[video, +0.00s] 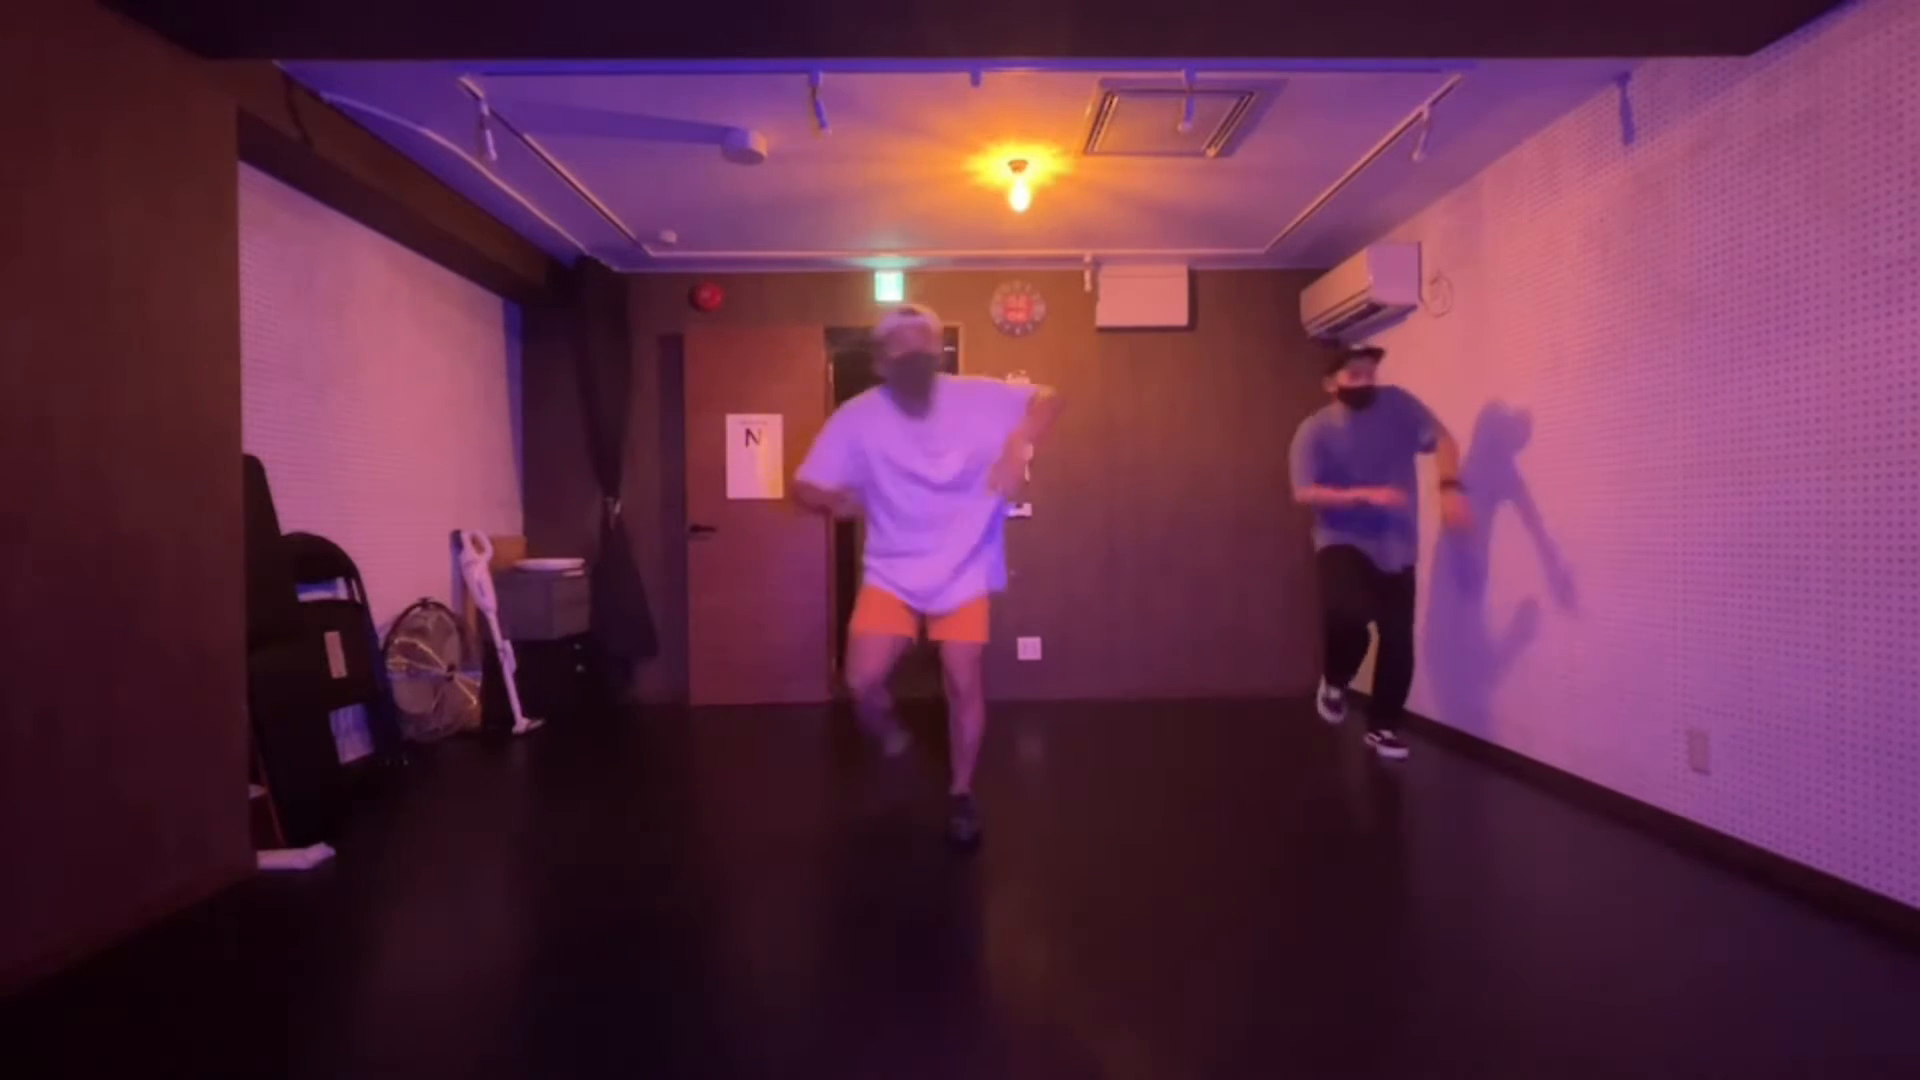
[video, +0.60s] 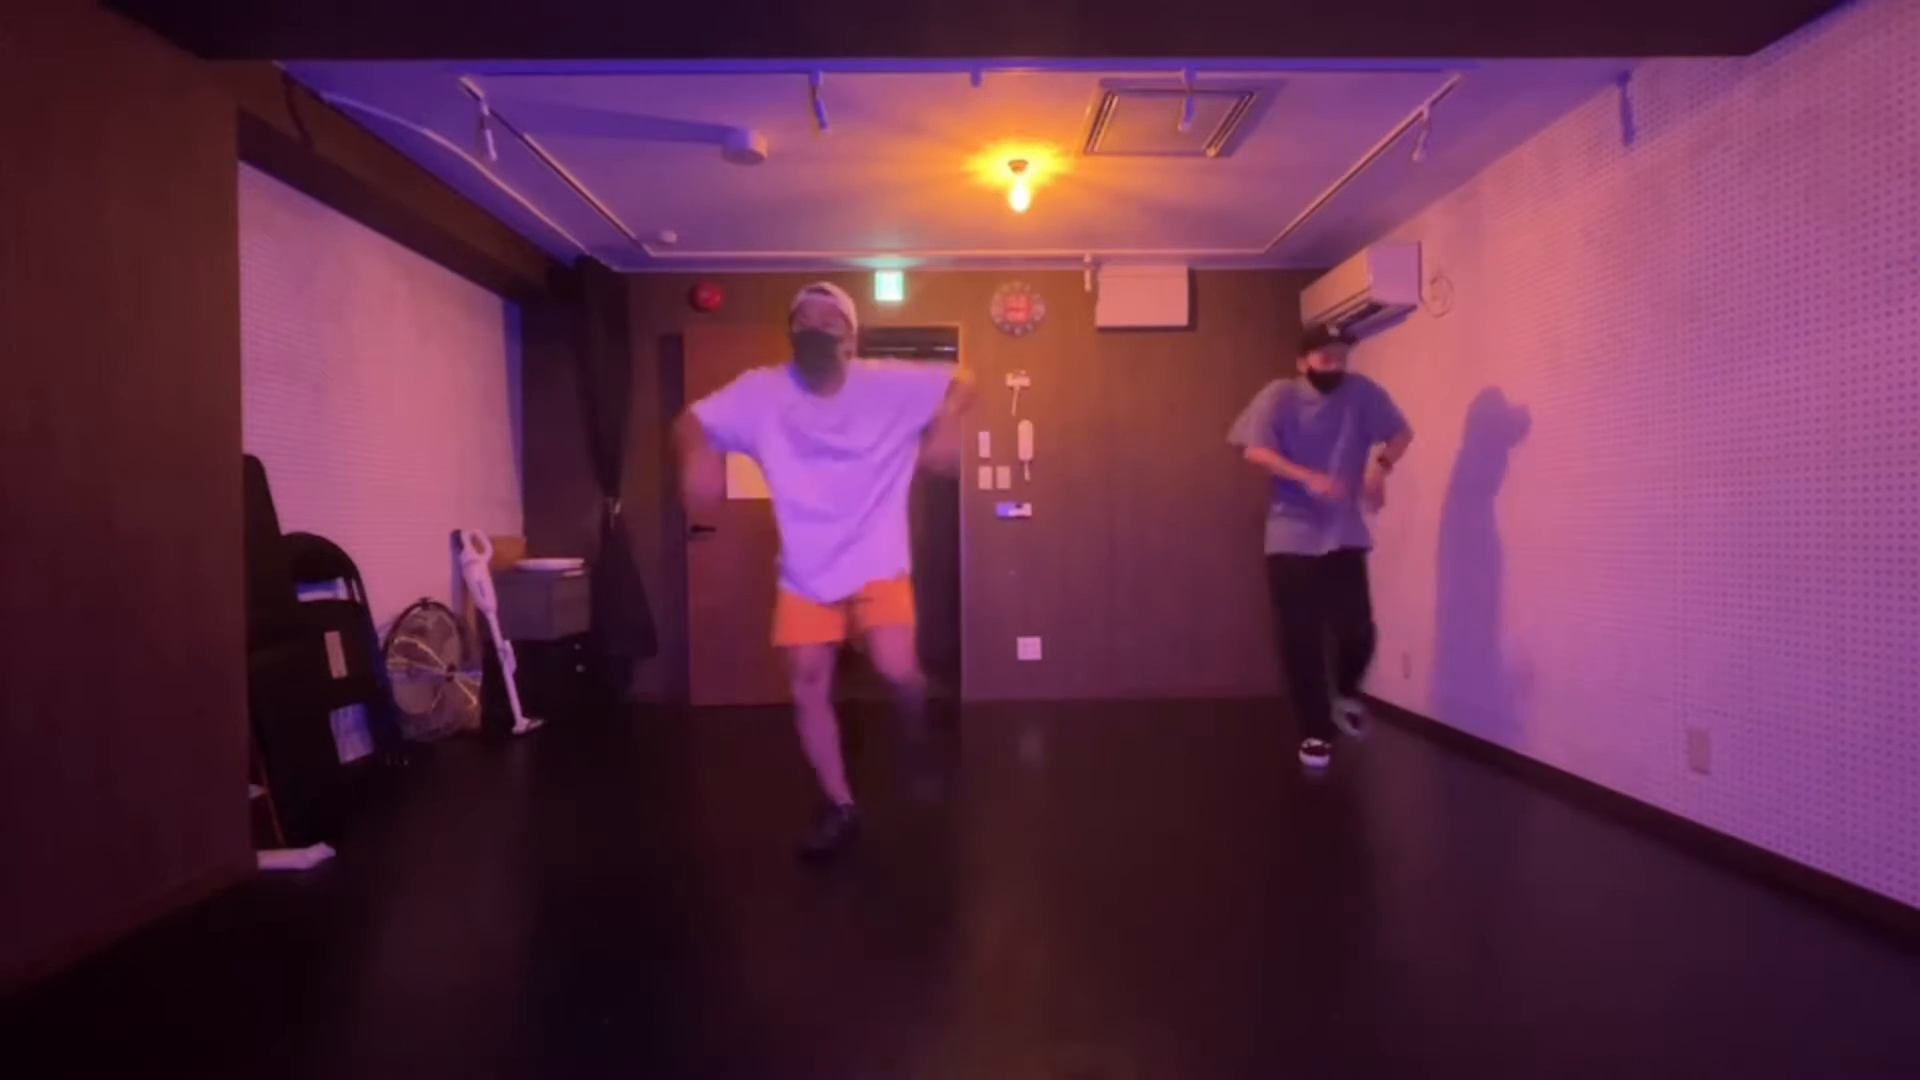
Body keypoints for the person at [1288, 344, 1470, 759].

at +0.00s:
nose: (1362, 381)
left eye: (1367, 372)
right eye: (1353, 373)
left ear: (1376, 373)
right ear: (1332, 378)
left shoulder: (1396, 405)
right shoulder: (1316, 429)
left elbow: (1444, 443)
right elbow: (1304, 492)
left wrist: (1449, 488)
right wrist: (1367, 494)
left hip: (1394, 547)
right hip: (1342, 544)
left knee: (1397, 639)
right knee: (1348, 622)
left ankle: (1383, 725)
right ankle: (1335, 683)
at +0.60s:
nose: (1331, 365)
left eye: (1337, 356)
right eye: (1323, 356)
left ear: (1346, 356)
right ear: (1304, 357)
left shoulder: (1361, 392)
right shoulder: (1279, 395)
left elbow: (1399, 434)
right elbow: (1254, 450)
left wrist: (1379, 467)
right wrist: (1308, 477)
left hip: (1345, 539)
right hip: (1293, 542)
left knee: (1358, 633)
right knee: (1301, 641)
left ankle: (1347, 693)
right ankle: (1313, 733)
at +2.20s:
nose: (1174, 394)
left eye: (1182, 385)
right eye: (1165, 387)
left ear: (1196, 389)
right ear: (1154, 395)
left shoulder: (1225, 418)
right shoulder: (1146, 444)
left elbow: (1283, 427)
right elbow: (1135, 500)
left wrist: (1337, 452)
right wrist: (1162, 457)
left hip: (1219, 553)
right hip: (1173, 560)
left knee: (1189, 639)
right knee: (1165, 646)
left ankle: (1183, 735)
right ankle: (1202, 718)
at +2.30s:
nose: (1178, 392)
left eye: (1186, 382)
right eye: (1169, 383)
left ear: (1199, 386)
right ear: (1157, 392)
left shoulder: (1229, 418)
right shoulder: (1147, 443)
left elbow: (1286, 424)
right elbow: (1132, 502)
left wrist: (1313, 465)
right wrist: (1163, 459)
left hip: (1219, 558)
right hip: (1166, 565)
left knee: (1184, 645)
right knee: (1154, 654)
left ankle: (1176, 737)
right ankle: (1198, 712)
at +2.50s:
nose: (1194, 344)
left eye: (1203, 336)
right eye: (1185, 336)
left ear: (1215, 346)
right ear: (1170, 347)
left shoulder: (1239, 402)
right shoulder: (1150, 406)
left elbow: (1262, 453)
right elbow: (1137, 467)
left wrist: (1256, 496)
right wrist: (1159, 513)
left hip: (1218, 549)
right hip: (1164, 548)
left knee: (1197, 642)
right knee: (1151, 635)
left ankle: (1178, 734)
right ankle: (1148, 708)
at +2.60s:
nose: (1213, 339)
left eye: (1222, 331)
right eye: (1204, 330)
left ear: (1232, 342)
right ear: (1185, 341)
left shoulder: (1246, 404)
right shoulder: (1162, 400)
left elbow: (1256, 469)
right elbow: (1140, 472)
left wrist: (1246, 514)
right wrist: (1134, 531)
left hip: (1218, 546)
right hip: (1165, 542)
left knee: (1196, 645)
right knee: (1153, 638)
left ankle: (1177, 736)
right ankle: (1141, 731)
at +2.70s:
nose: (1224, 339)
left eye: (1234, 333)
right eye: (1215, 330)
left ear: (1243, 346)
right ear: (1198, 340)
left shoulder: (1253, 408)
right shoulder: (1170, 396)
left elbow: (1258, 473)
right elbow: (1136, 461)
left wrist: (1246, 503)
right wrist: (1125, 516)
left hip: (1222, 542)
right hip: (1170, 535)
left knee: (1200, 643)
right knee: (1176, 638)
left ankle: (1181, 739)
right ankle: (1169, 742)